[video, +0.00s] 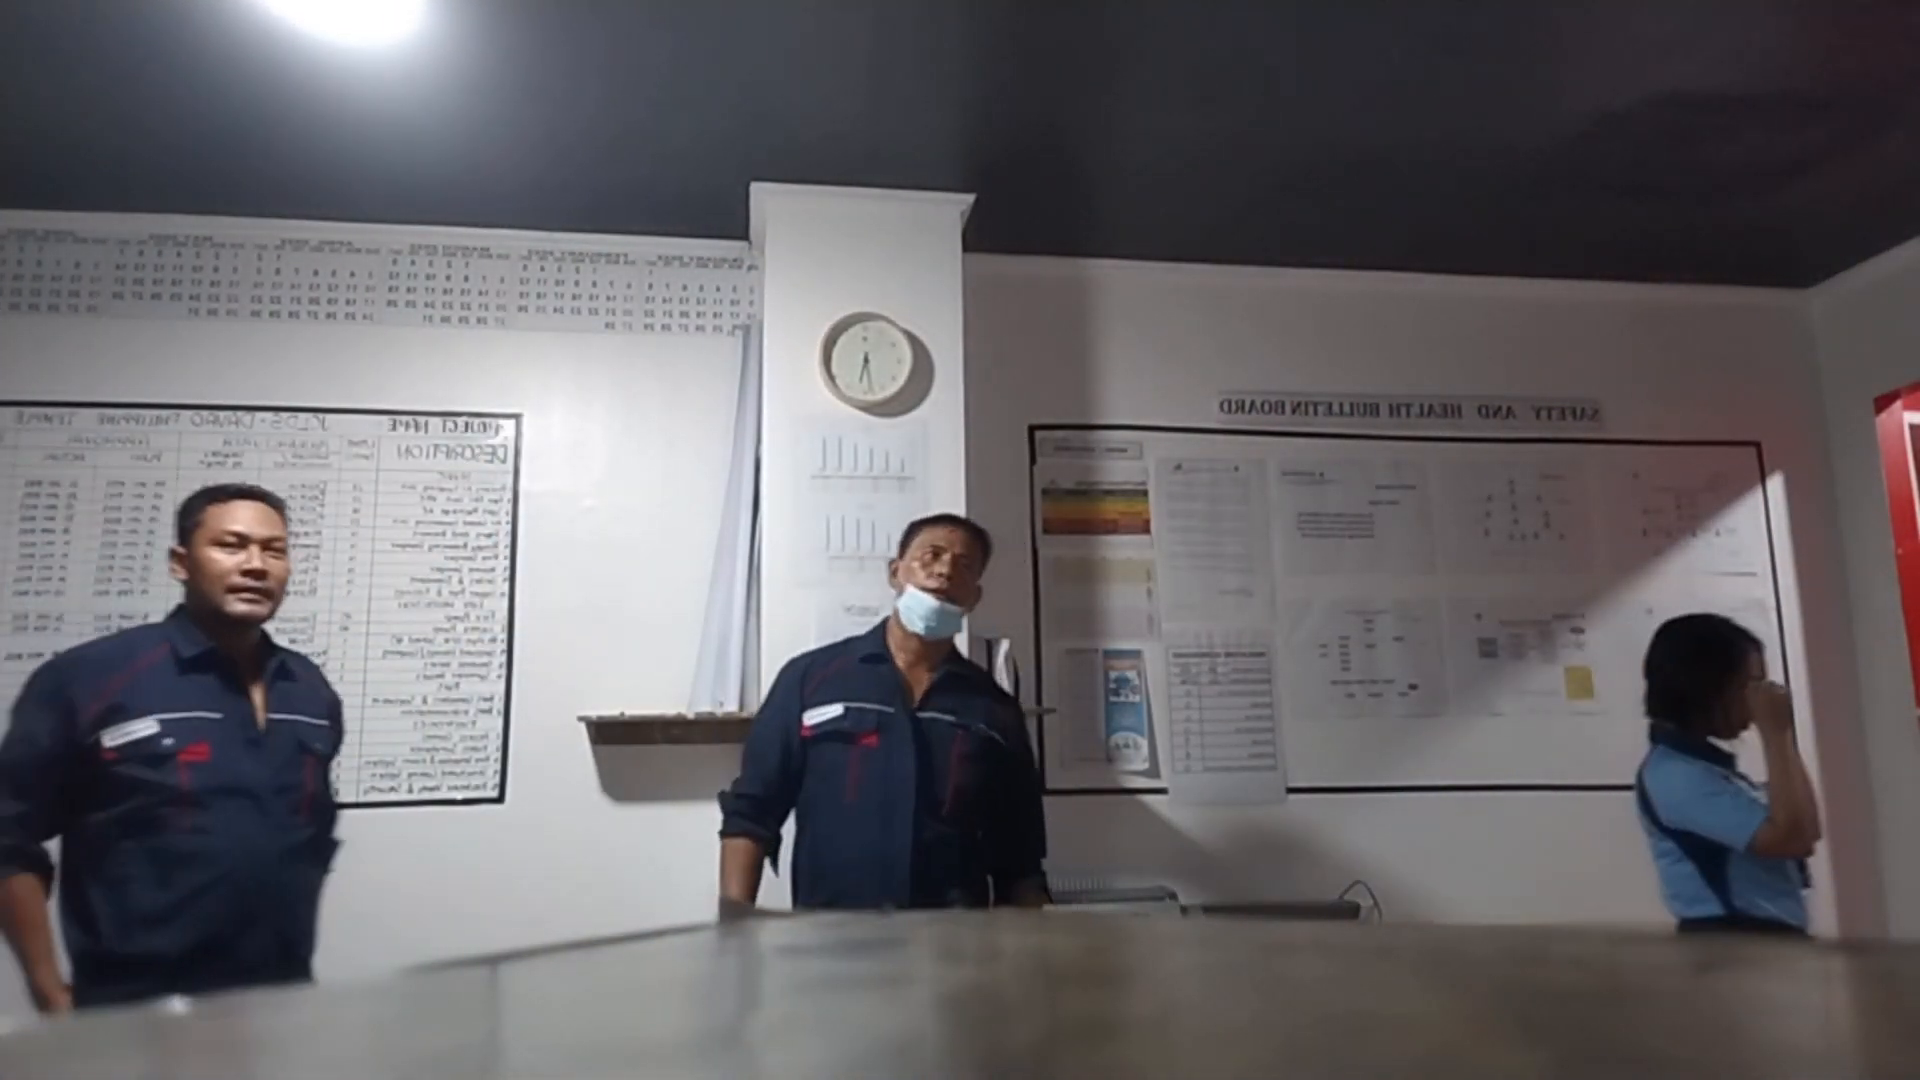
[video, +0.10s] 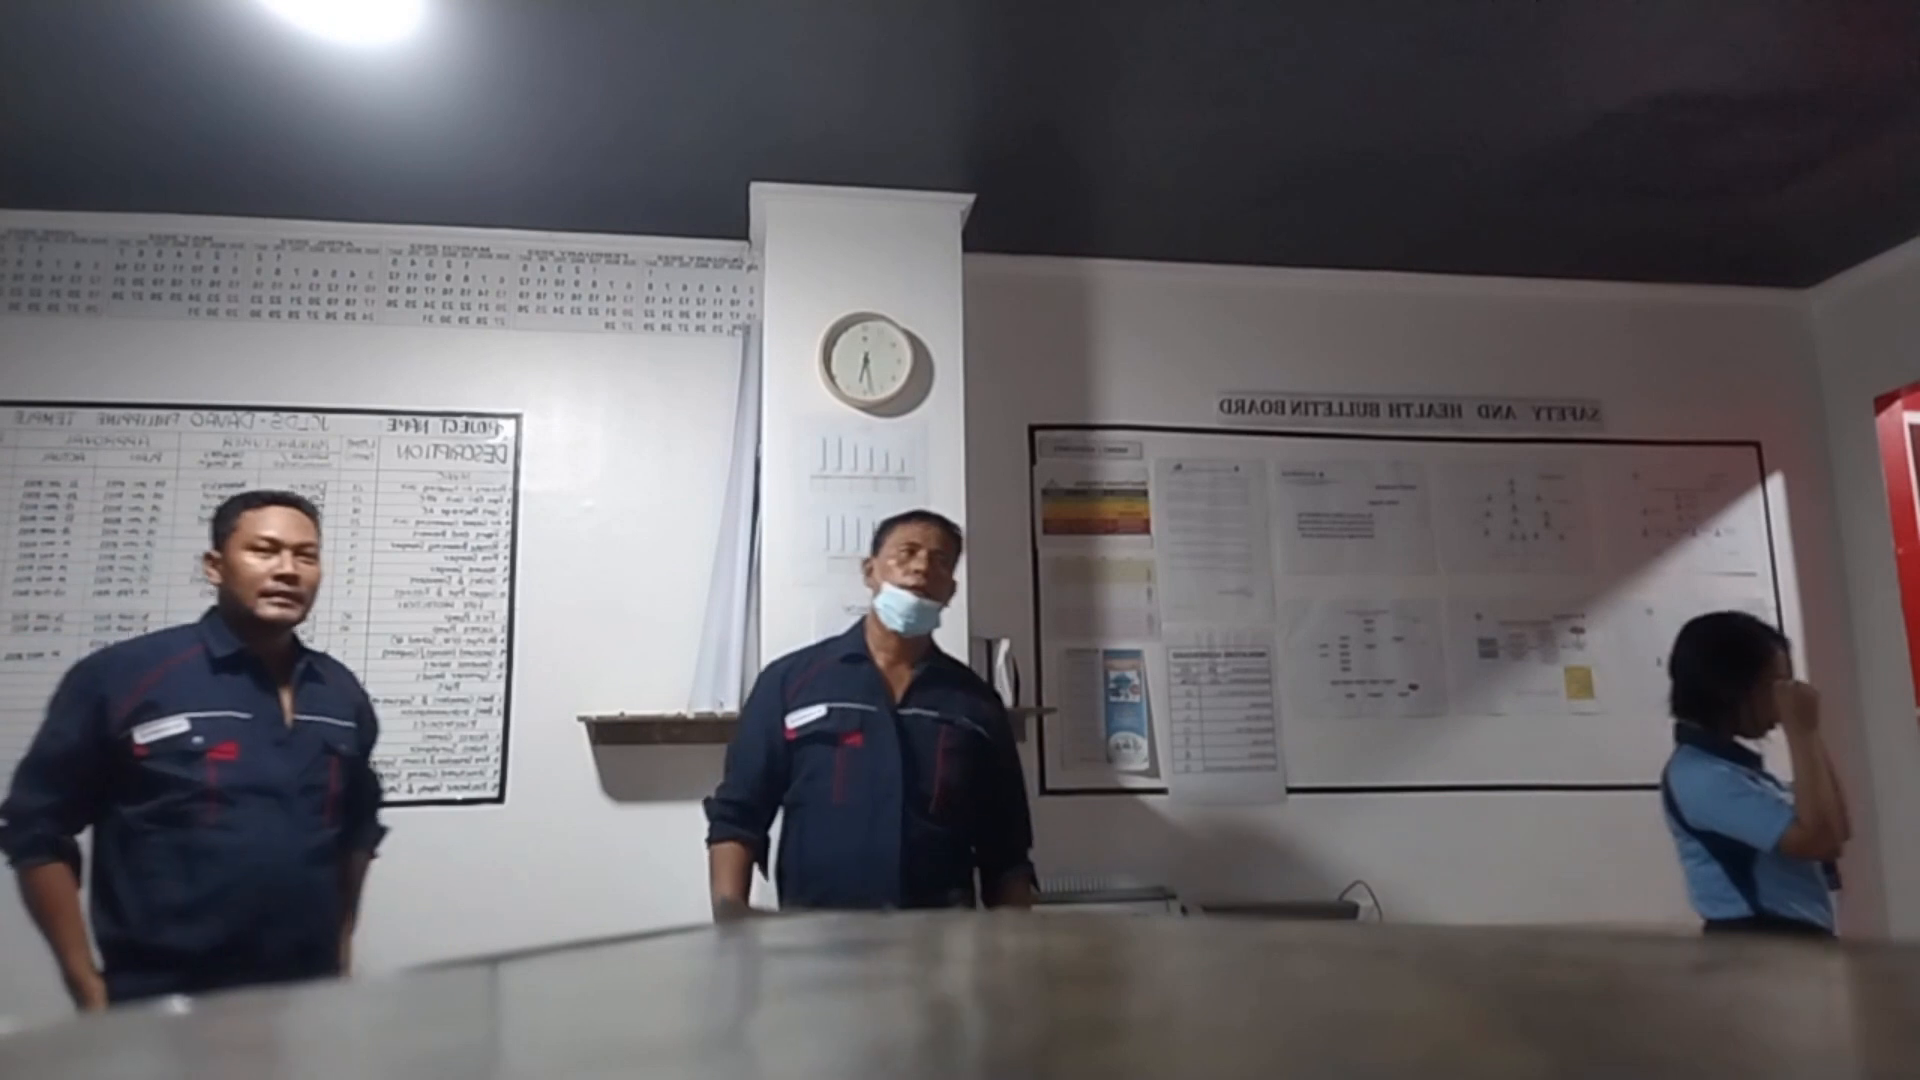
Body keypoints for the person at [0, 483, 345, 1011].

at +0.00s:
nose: (257, 564)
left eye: (273, 549)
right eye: (232, 545)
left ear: (289, 568)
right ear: (181, 563)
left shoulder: (312, 694)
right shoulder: (82, 684)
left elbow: (313, 844)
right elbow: (12, 836)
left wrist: (286, 976)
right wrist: (52, 996)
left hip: (275, 1013)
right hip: (130, 1019)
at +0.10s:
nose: (287, 570)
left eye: (305, 555)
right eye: (264, 550)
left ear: (320, 574)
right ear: (215, 567)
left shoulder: (343, 698)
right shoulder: (117, 682)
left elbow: (358, 834)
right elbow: (34, 829)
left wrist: (336, 958)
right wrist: (88, 986)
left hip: (305, 1009)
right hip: (161, 1012)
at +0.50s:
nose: (342, 582)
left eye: (359, 568)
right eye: (321, 563)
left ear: (373, 585)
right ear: (275, 575)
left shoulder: (403, 703)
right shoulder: (180, 685)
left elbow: (441, 826)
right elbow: (105, 819)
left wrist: (420, 937)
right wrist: (140, 943)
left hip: (343, 999)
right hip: (202, 1001)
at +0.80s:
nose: (363, 583)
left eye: (380, 574)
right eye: (345, 564)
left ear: (390, 594)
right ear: (296, 575)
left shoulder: (405, 715)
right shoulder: (194, 680)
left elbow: (420, 870)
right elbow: (118, 832)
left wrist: (429, 992)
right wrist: (70, 965)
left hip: (336, 999)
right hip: (200, 997)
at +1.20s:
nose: (303, 576)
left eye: (319, 565)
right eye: (282, 554)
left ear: (330, 588)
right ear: (230, 570)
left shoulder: (336, 711)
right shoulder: (126, 684)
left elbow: (360, 861)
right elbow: (43, 861)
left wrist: (397, 984)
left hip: (293, 1008)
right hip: (154, 1011)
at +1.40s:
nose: (250, 568)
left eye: (268, 555)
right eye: (227, 548)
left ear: (280, 579)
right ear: (173, 566)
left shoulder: (293, 703)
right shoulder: (69, 692)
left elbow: (307, 850)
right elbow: (9, 855)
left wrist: (330, 972)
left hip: (252, 1011)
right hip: (108, 1015)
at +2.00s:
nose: (200, 565)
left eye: (214, 553)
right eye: (177, 542)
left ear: (222, 577)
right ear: (112, 555)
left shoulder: (218, 708)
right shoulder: (21, 669)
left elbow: (228, 866)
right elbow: (9, 849)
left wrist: (256, 1004)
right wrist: (8, 1013)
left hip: (193, 1019)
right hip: (55, 1019)